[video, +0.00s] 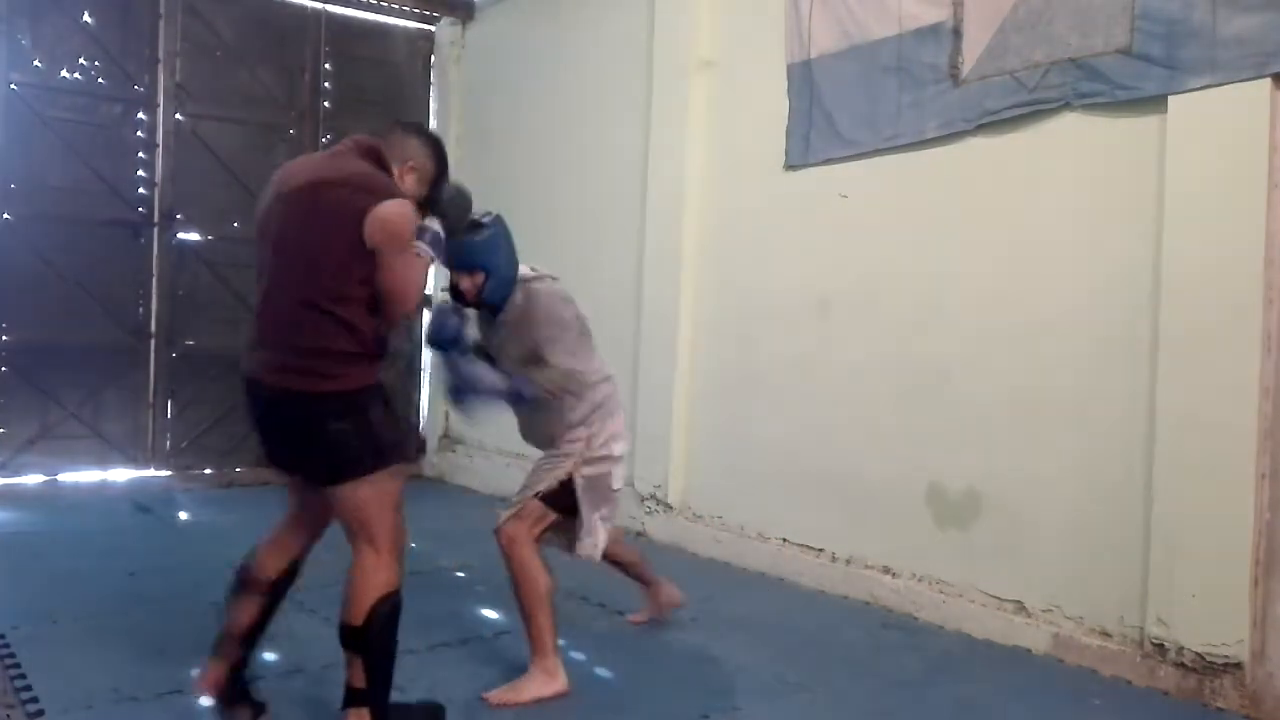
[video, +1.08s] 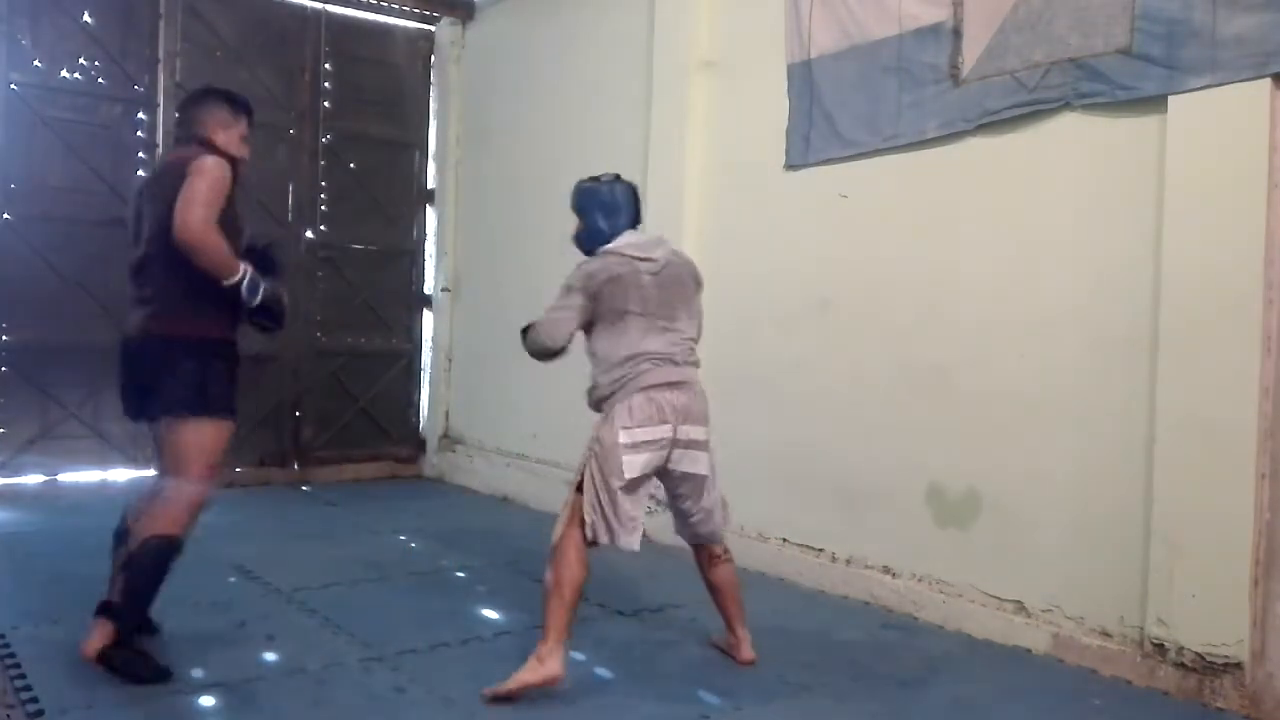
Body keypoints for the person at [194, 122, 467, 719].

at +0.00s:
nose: (416, 198)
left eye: (422, 193)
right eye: (420, 191)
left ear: (375, 148)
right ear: (407, 169)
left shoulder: (291, 175)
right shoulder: (389, 206)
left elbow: (289, 258)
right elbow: (402, 303)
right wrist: (420, 249)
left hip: (273, 387)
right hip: (341, 395)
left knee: (306, 515)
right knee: (378, 544)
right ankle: (365, 704)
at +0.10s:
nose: (400, 224)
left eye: (407, 217)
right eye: (407, 213)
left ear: (365, 165)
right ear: (394, 186)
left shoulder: (281, 194)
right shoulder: (360, 207)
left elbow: (302, 293)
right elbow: (385, 306)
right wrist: (425, 246)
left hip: (247, 391)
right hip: (314, 396)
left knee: (262, 543)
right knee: (377, 534)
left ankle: (214, 698)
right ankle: (356, 701)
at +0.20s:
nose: (386, 220)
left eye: (393, 214)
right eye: (394, 209)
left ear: (360, 160)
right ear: (383, 178)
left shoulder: (273, 187)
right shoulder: (350, 191)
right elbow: (381, 300)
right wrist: (417, 245)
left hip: (237, 382)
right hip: (303, 387)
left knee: (256, 536)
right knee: (362, 536)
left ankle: (212, 695)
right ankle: (290, 702)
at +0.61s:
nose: (338, 214)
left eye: (343, 207)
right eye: (343, 203)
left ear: (315, 164)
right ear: (331, 178)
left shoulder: (243, 193)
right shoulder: (292, 201)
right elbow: (344, 295)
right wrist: (377, 239)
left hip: (215, 394)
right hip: (269, 399)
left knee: (236, 520)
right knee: (306, 553)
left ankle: (147, 651)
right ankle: (270, 705)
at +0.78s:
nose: (284, 206)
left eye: (288, 197)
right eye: (284, 192)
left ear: (240, 171)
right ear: (261, 175)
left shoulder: (194, 210)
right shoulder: (234, 211)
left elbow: (274, 277)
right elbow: (306, 282)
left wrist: (313, 229)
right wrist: (333, 231)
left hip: (191, 405)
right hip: (238, 407)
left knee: (212, 531)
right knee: (260, 555)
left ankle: (123, 658)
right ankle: (259, 704)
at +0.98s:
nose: (250, 146)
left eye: (251, 137)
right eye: (245, 133)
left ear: (201, 130)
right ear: (217, 126)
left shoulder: (170, 173)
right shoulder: (213, 165)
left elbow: (199, 262)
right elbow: (215, 228)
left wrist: (264, 235)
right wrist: (264, 284)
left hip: (165, 349)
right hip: (204, 350)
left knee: (191, 491)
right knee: (215, 491)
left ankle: (125, 623)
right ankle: (149, 647)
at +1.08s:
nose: (246, 142)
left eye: (246, 132)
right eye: (241, 130)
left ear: (193, 128)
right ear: (216, 126)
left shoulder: (164, 171)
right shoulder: (211, 165)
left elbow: (164, 252)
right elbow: (193, 227)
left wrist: (241, 259)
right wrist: (248, 281)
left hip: (156, 341)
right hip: (194, 345)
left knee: (175, 479)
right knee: (192, 482)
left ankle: (120, 604)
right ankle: (115, 627)